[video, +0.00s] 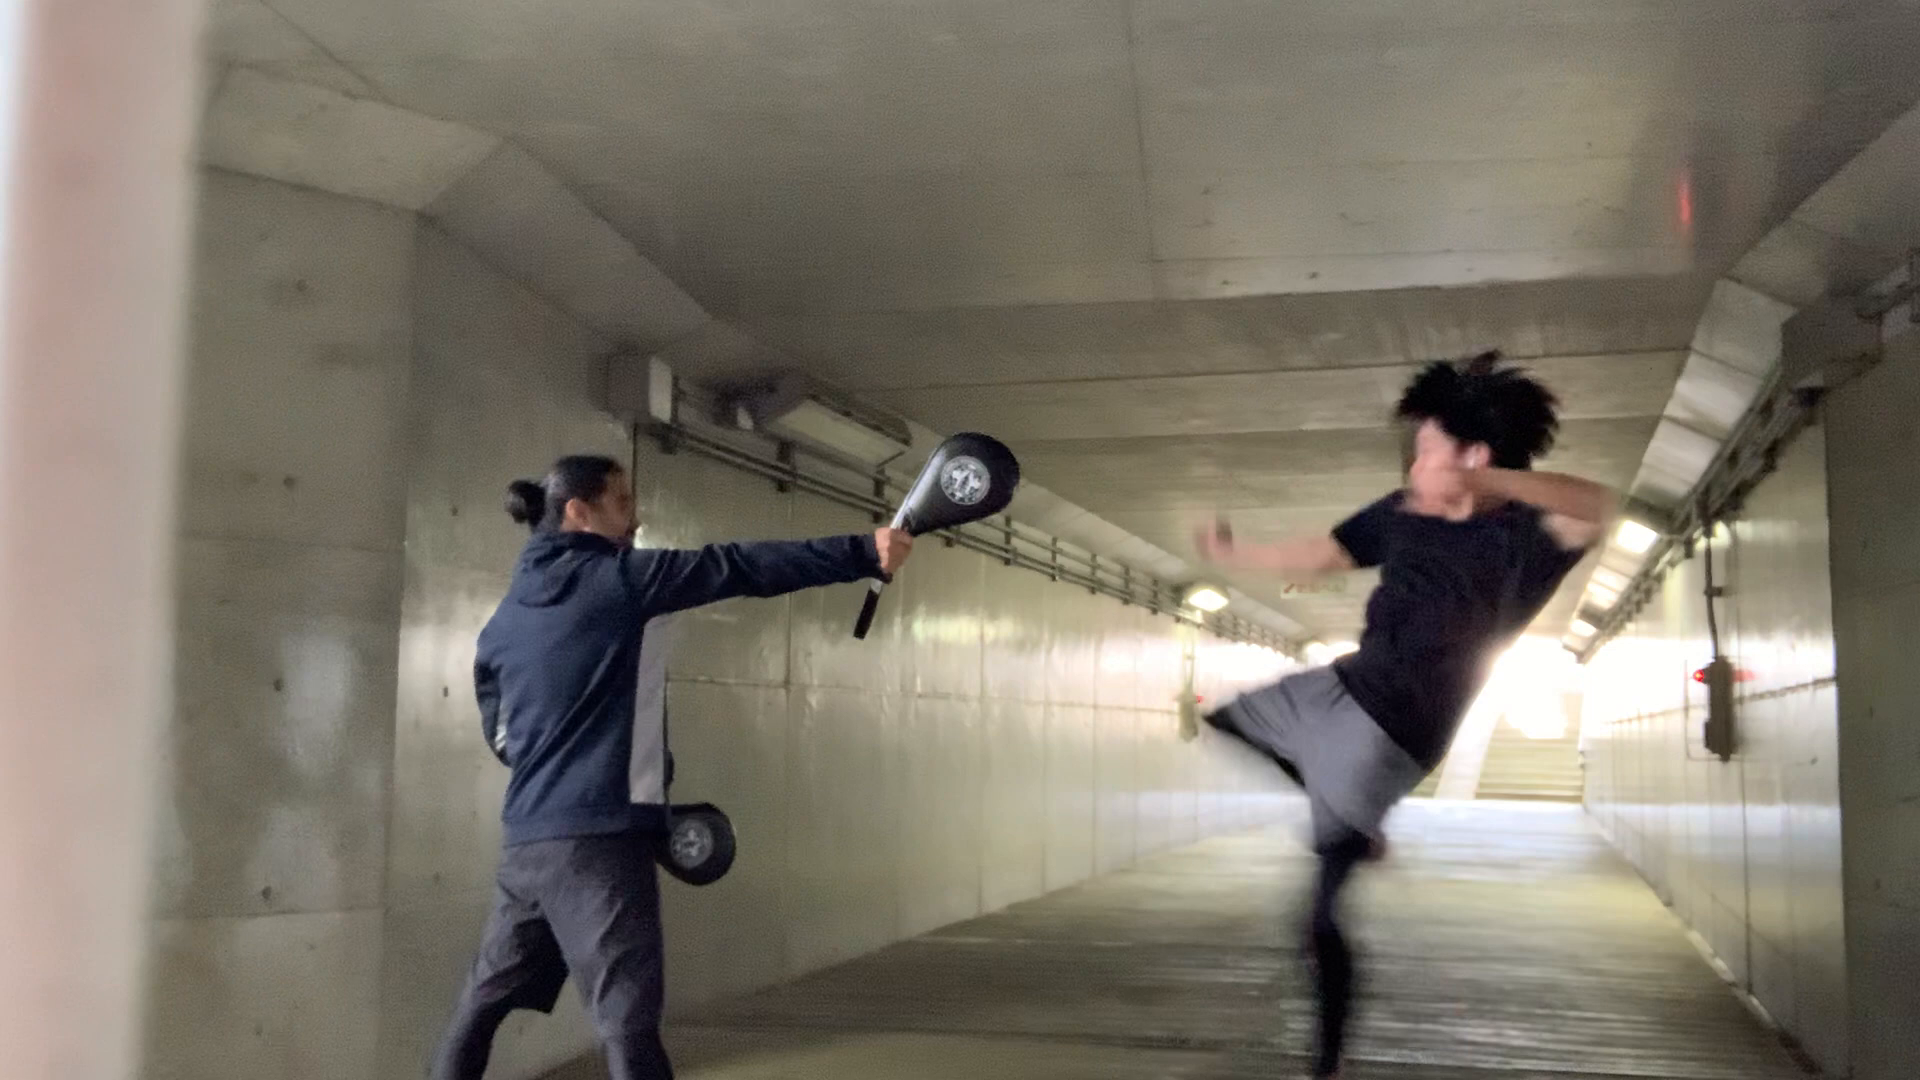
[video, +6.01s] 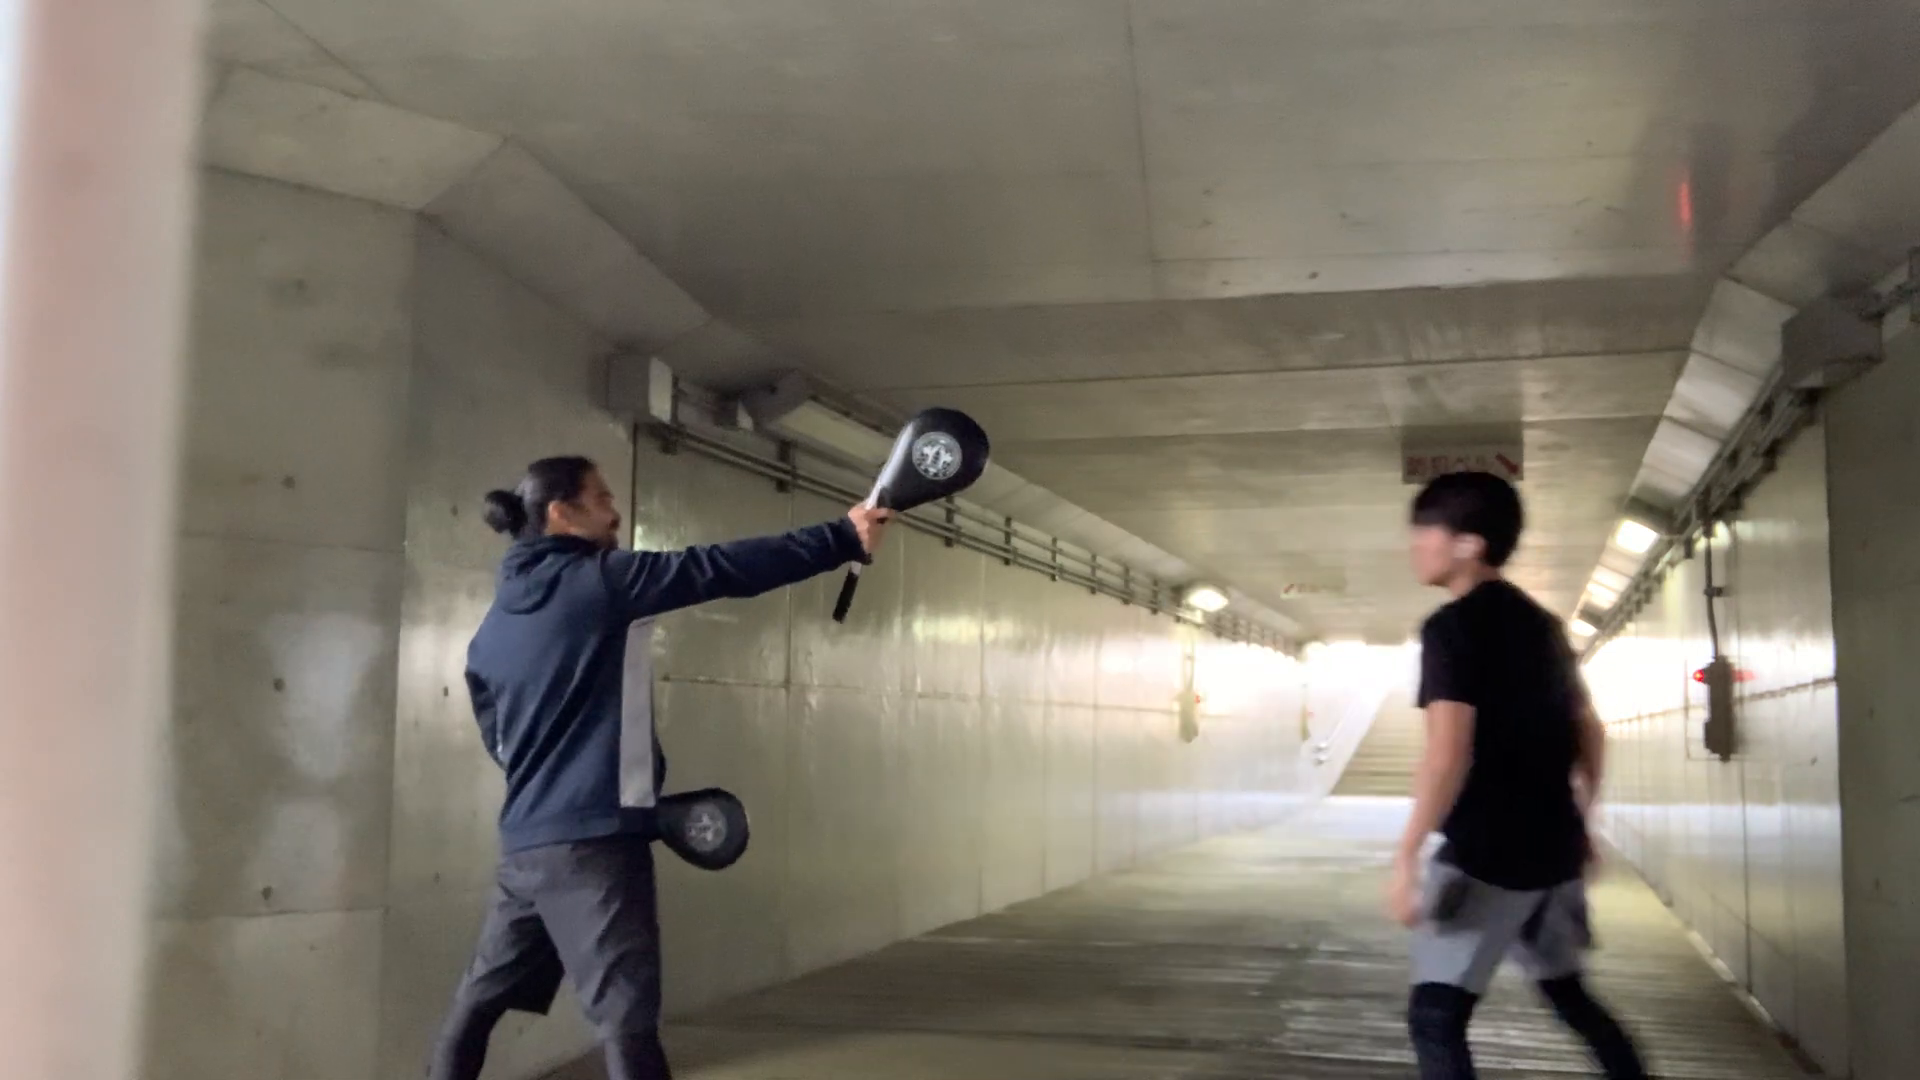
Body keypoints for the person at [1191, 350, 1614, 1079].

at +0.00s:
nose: (1412, 464)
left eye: (1424, 450)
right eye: (1416, 448)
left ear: (1473, 457)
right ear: (1460, 455)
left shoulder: (1525, 545)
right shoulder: (1407, 514)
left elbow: (1600, 507)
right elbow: (1320, 555)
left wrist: (1493, 481)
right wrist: (1228, 552)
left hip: (1393, 733)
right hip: (1337, 686)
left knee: (1323, 912)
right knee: (1229, 721)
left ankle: (1327, 1060)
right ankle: (1352, 831)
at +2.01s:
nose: (1625, 548)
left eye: (1640, 532)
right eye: (1631, 531)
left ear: (1687, 554)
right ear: (1690, 556)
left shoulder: (1671, 640)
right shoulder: (1743, 630)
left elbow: (1723, 768)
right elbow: (1719, 769)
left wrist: (1683, 887)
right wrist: (1629, 817)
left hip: (1713, 883)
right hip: (1790, 873)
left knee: (1612, 1046)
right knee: (1808, 1055)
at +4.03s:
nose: (1511, 567)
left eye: (1529, 556)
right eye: (1519, 552)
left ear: (1570, 582)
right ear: (1567, 583)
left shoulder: (1553, 660)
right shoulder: (1566, 662)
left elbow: (1524, 765)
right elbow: (1576, 800)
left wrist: (1393, 752)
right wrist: (1571, 899)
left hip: (1498, 898)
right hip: (1537, 900)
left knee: (1376, 1032)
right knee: (1533, 1047)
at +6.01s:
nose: (1413, 544)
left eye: (1424, 530)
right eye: (1415, 530)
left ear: (1469, 544)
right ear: (1478, 547)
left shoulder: (1452, 627)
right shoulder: (1540, 623)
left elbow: (1448, 755)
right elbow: (1589, 734)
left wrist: (1407, 856)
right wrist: (1580, 819)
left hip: (1486, 855)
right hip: (1555, 848)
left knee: (1435, 1019)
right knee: (1569, 994)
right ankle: (1632, 1070)